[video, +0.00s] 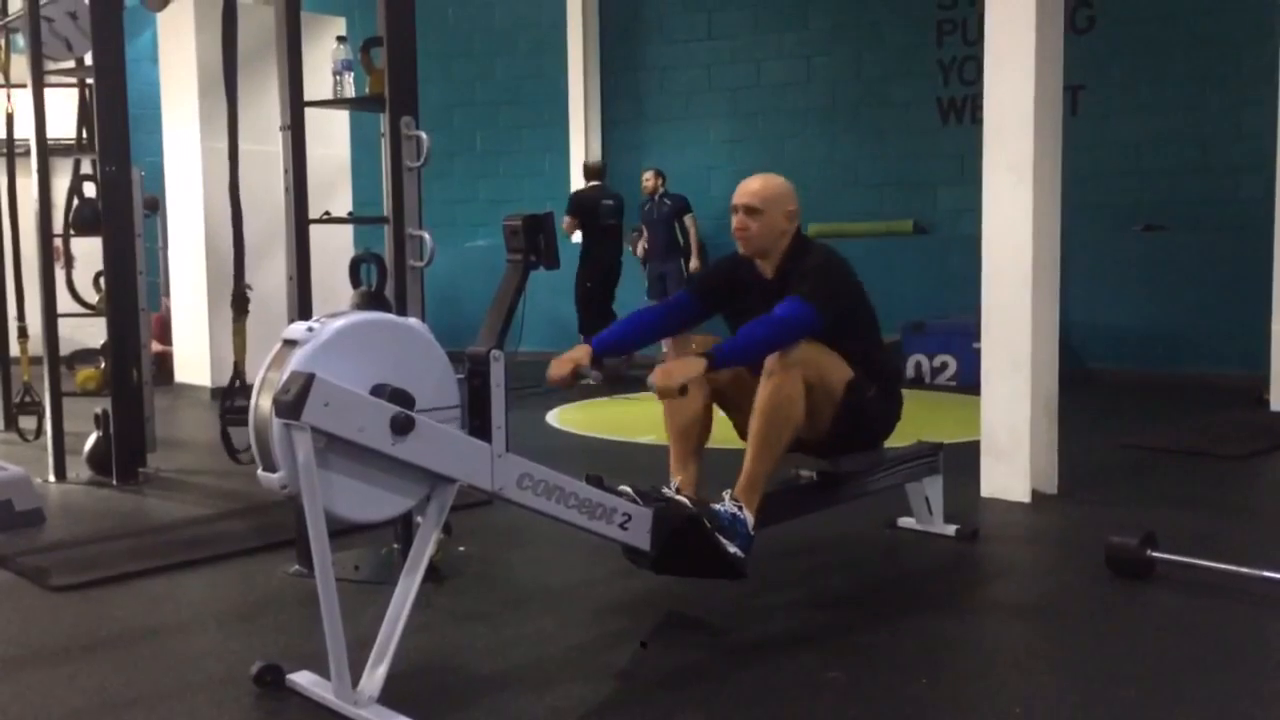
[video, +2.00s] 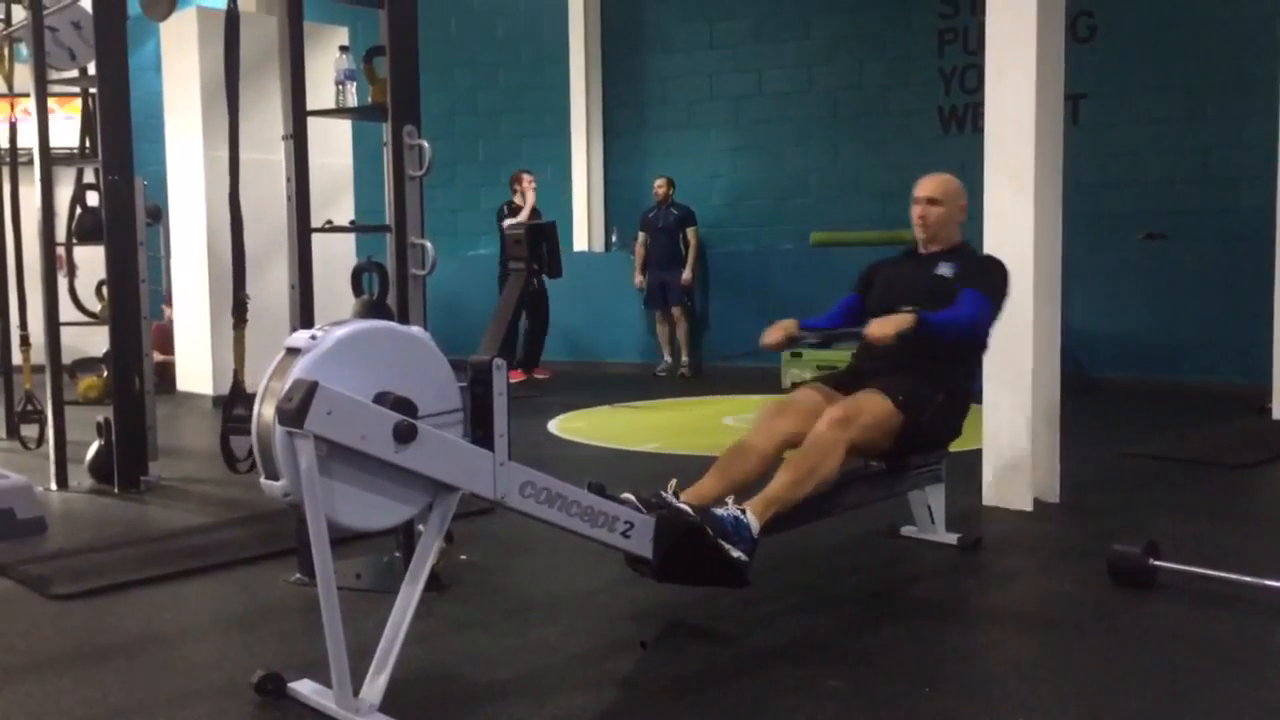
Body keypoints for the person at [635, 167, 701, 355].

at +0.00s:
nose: (644, 184)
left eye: (648, 180)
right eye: (643, 181)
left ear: (660, 181)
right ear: (644, 184)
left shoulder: (678, 201)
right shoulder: (645, 207)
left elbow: (691, 228)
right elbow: (646, 231)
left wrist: (694, 256)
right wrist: (642, 244)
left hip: (675, 259)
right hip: (654, 261)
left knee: (678, 303)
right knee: (658, 305)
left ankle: (682, 348)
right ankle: (666, 349)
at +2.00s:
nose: (656, 191)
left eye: (660, 187)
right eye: (654, 188)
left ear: (670, 190)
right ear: (653, 191)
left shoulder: (683, 212)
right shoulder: (648, 215)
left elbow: (692, 242)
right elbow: (641, 243)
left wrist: (688, 268)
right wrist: (638, 271)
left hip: (676, 271)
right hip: (654, 272)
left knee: (677, 313)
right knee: (660, 315)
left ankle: (684, 359)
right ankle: (666, 358)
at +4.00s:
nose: (660, 193)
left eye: (664, 189)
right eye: (659, 189)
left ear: (675, 192)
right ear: (657, 192)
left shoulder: (687, 215)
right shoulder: (651, 216)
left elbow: (696, 245)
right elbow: (644, 245)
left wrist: (691, 272)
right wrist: (641, 272)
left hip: (679, 272)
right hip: (657, 273)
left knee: (679, 314)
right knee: (661, 316)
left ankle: (685, 359)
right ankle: (667, 359)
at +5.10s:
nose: (659, 202)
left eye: (663, 199)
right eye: (657, 199)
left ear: (673, 201)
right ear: (656, 201)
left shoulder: (685, 224)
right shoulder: (649, 225)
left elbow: (694, 254)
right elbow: (642, 255)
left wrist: (690, 281)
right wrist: (640, 283)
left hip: (677, 281)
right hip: (655, 281)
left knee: (678, 323)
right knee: (661, 325)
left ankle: (684, 367)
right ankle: (666, 368)